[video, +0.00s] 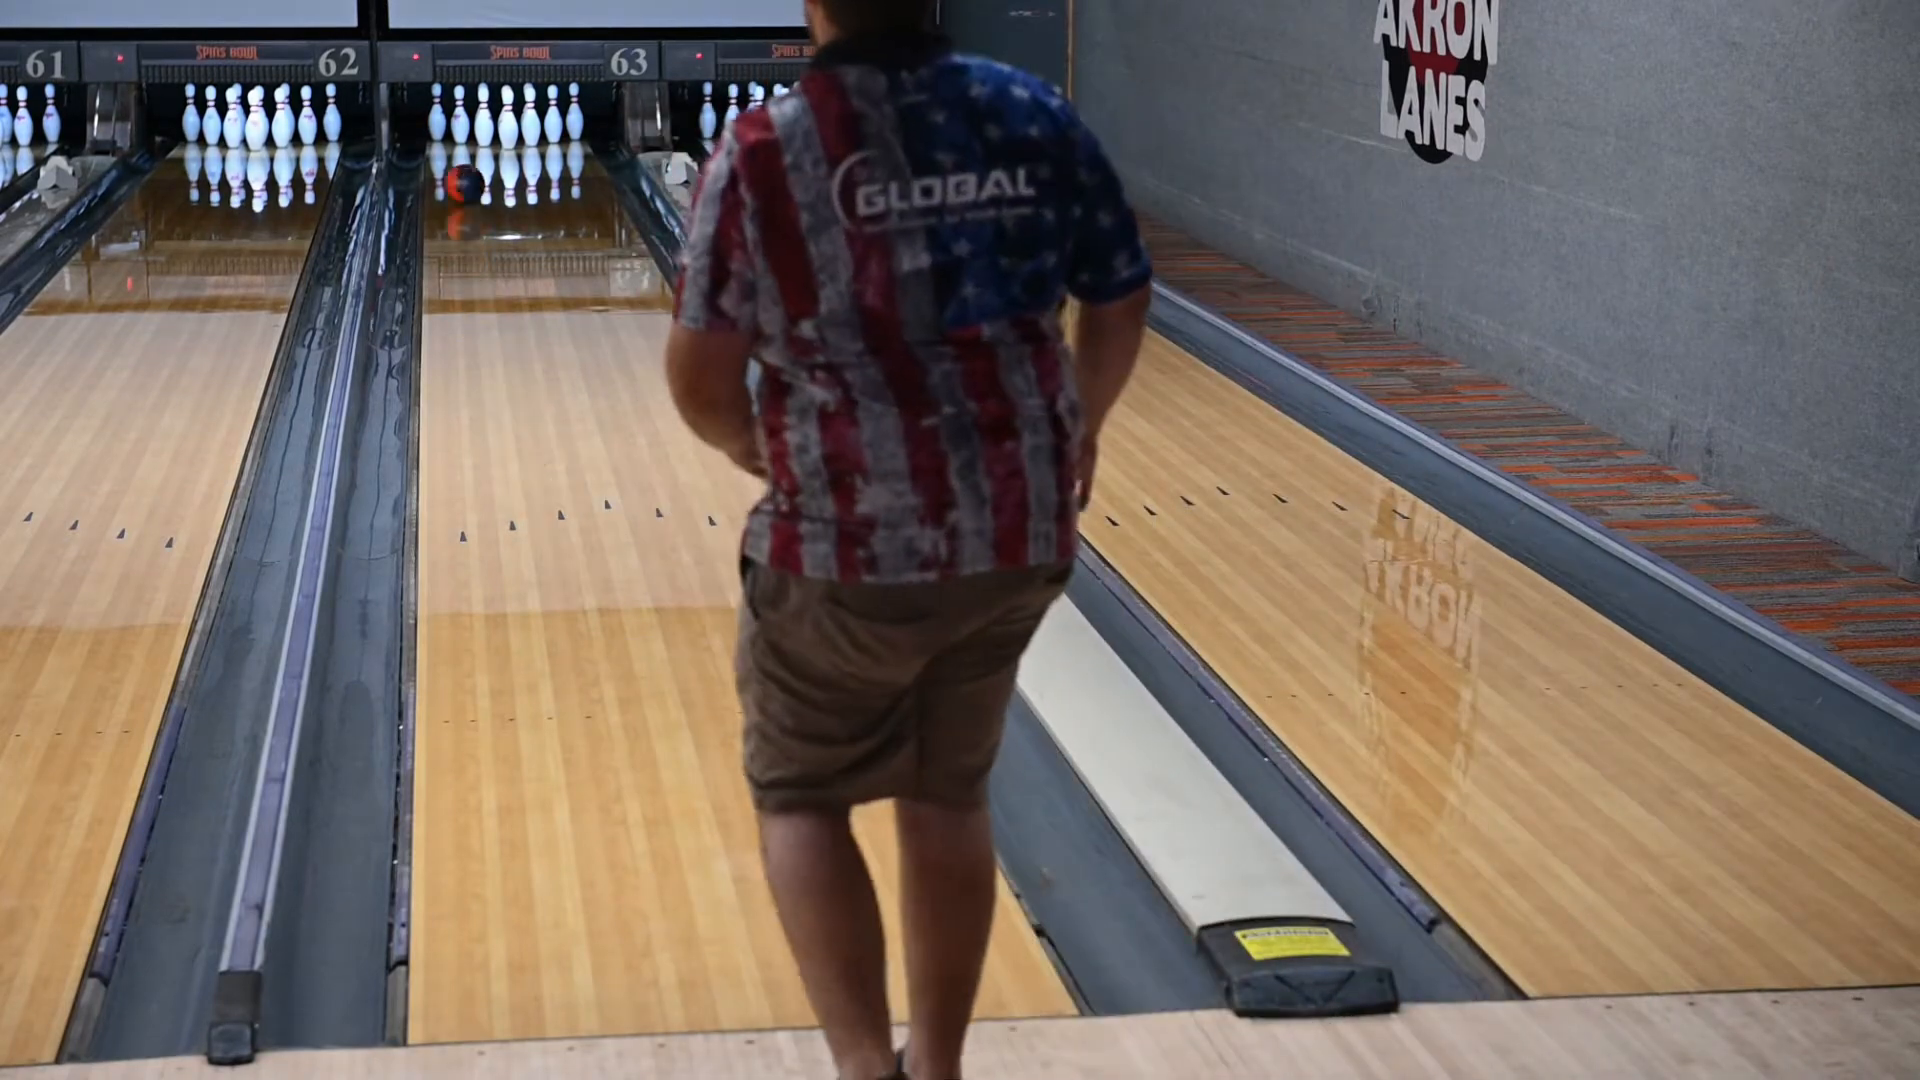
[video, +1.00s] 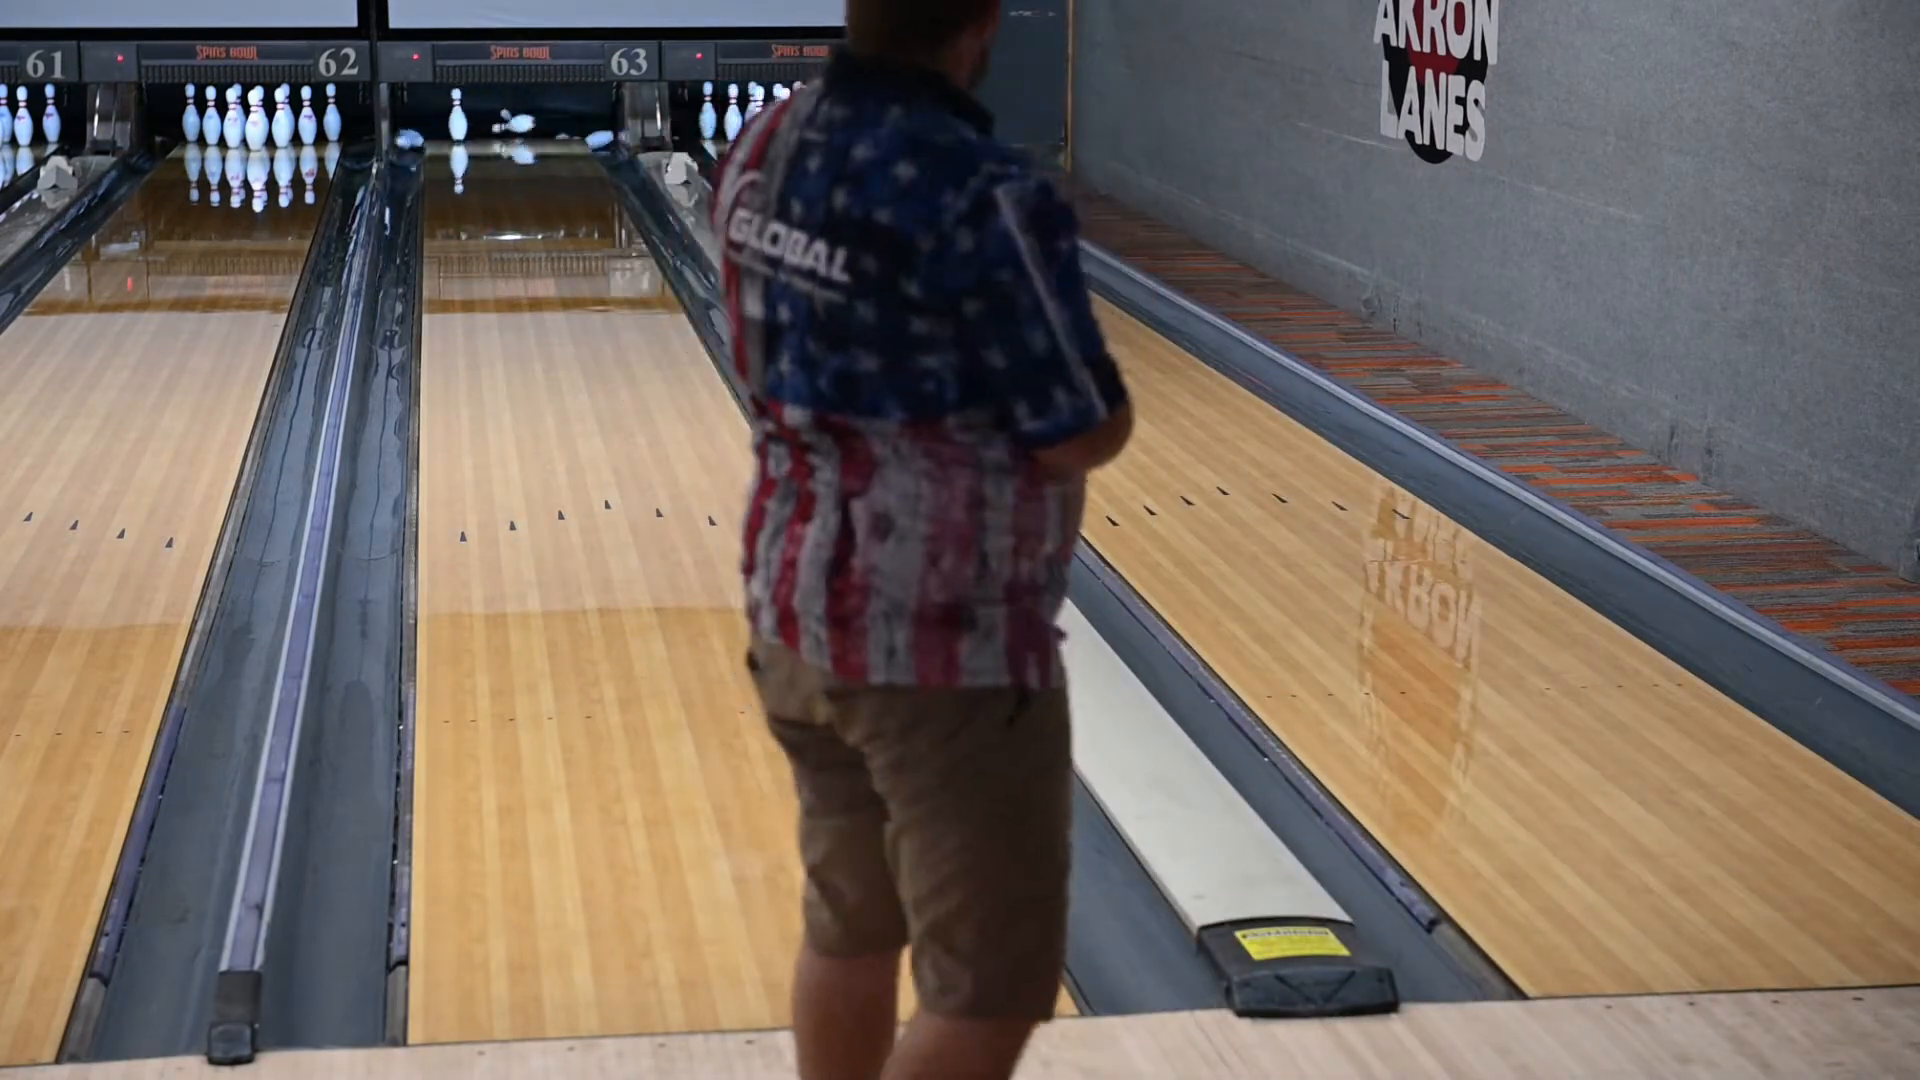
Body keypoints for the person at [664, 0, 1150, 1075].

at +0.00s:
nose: (801, 18)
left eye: (803, 9)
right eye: (809, 9)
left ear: (818, 11)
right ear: (934, 1)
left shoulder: (764, 148)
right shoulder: (1035, 117)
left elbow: (700, 380)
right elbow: (1121, 297)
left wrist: (778, 455)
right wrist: (1079, 424)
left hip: (847, 542)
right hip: (1022, 526)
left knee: (801, 795)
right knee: (950, 791)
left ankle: (868, 1066)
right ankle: (936, 1065)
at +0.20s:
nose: (802, 17)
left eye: (805, 8)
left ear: (817, 10)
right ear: (937, 5)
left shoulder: (749, 151)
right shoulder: (1031, 133)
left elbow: (666, 374)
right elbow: (1115, 317)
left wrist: (749, 377)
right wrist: (1100, 454)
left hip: (814, 561)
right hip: (997, 550)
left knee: (817, 850)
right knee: (953, 813)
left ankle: (819, 1074)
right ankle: (940, 1067)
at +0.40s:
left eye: (805, 5)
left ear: (805, 6)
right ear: (931, 4)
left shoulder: (717, 140)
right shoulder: (1015, 135)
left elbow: (626, 355)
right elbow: (1102, 341)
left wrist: (718, 393)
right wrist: (1100, 478)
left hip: (779, 550)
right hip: (973, 553)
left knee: (820, 868)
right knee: (958, 835)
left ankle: (832, 1075)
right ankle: (958, 1067)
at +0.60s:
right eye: (937, 3)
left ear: (803, 1)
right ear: (929, 6)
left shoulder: (700, 127)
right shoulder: (1007, 140)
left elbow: (619, 337)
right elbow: (1095, 360)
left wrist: (726, 386)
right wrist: (1091, 475)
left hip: (760, 558)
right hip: (965, 559)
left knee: (815, 878)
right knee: (997, 852)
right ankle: (983, 1069)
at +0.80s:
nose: (962, 15)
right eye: (960, 6)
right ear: (947, 7)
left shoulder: (712, 129)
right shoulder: (996, 163)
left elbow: (656, 327)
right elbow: (1080, 422)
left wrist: (779, 372)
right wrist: (1085, 454)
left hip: (764, 578)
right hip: (958, 594)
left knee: (817, 898)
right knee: (1007, 925)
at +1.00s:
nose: (994, 38)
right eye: (995, 23)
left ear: (851, 20)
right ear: (980, 28)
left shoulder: (761, 152)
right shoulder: (984, 191)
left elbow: (764, 383)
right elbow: (1079, 437)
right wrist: (1112, 386)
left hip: (794, 616)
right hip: (950, 639)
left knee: (847, 934)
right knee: (987, 990)